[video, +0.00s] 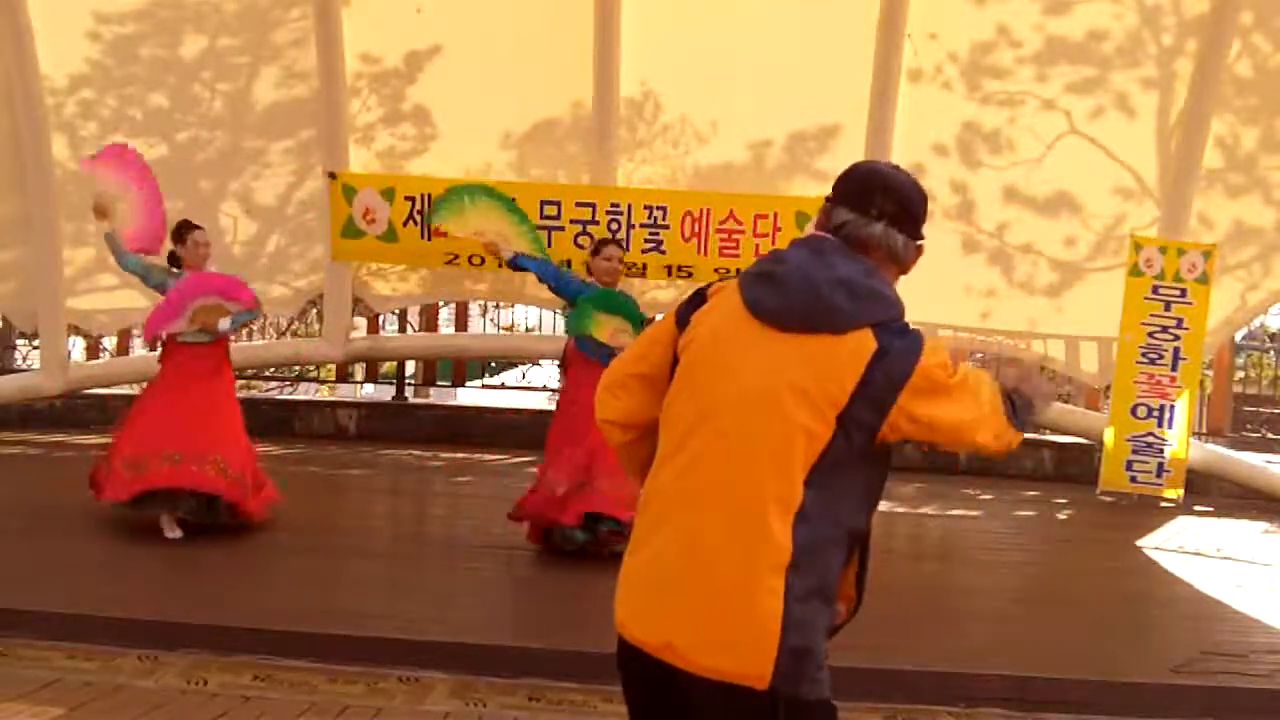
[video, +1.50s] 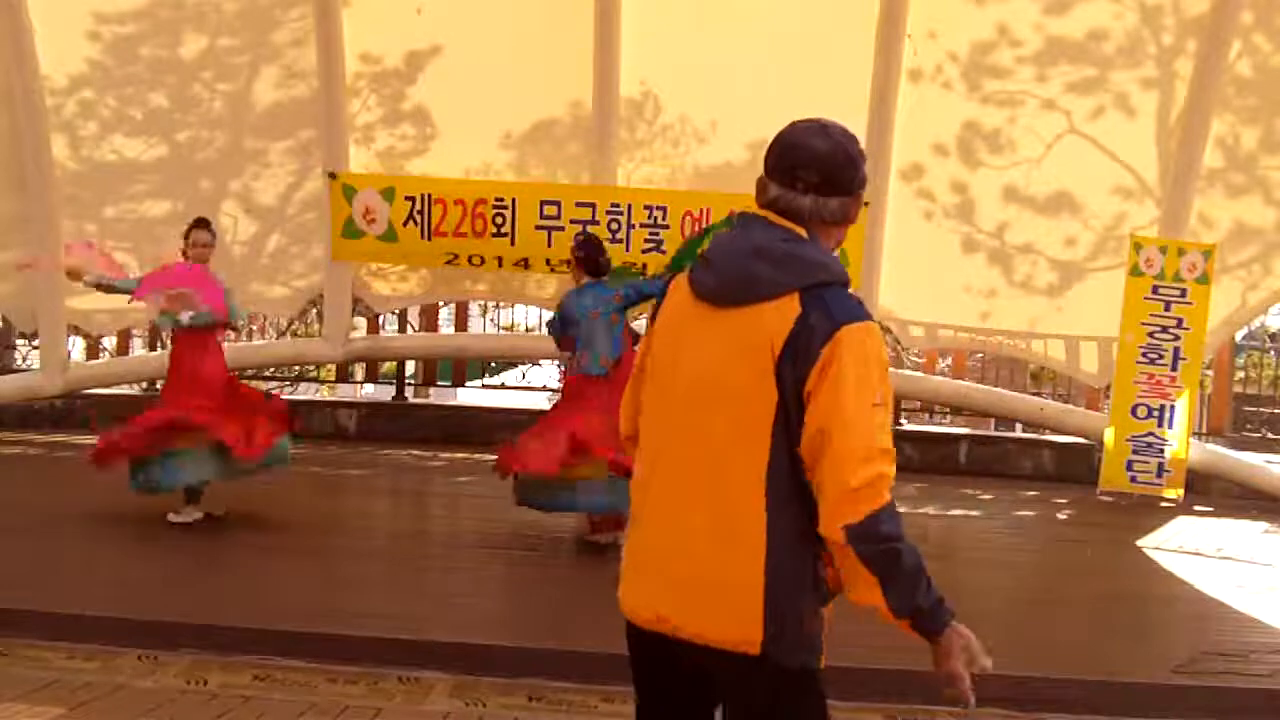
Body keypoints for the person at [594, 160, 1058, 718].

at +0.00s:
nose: (900, 272)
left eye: (904, 259)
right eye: (905, 259)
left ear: (822, 223)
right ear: (902, 256)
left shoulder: (712, 306)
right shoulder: (885, 352)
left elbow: (620, 401)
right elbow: (985, 421)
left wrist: (671, 488)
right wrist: (1016, 397)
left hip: (647, 629)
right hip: (760, 655)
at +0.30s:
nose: (934, 276)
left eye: (943, 263)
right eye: (941, 263)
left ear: (850, 223)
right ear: (924, 266)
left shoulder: (718, 300)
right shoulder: (893, 344)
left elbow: (616, 412)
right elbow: (958, 436)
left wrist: (646, 510)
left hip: (656, 631)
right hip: (767, 659)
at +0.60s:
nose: (919, 230)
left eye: (924, 213)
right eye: (923, 214)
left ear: (827, 192)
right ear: (912, 217)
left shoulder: (721, 292)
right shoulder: (885, 311)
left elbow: (636, 407)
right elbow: (1020, 335)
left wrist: (644, 518)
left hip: (688, 632)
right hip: (790, 652)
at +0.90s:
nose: (897, 231)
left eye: (899, 214)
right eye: (899, 214)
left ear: (803, 202)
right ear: (883, 219)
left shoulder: (723, 289)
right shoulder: (857, 322)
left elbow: (649, 420)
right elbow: (1002, 413)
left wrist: (676, 512)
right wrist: (1143, 369)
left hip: (689, 623)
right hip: (780, 643)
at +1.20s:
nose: (879, 211)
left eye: (877, 193)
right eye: (880, 196)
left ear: (779, 190)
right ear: (868, 206)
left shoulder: (707, 283)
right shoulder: (825, 310)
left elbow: (641, 420)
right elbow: (839, 500)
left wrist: (697, 506)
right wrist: (953, 589)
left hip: (671, 613)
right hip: (757, 636)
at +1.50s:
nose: (858, 217)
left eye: (858, 200)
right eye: (860, 203)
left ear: (765, 190)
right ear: (850, 211)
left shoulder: (682, 291)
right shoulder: (833, 319)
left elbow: (631, 430)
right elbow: (855, 506)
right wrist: (937, 623)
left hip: (652, 608)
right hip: (759, 626)